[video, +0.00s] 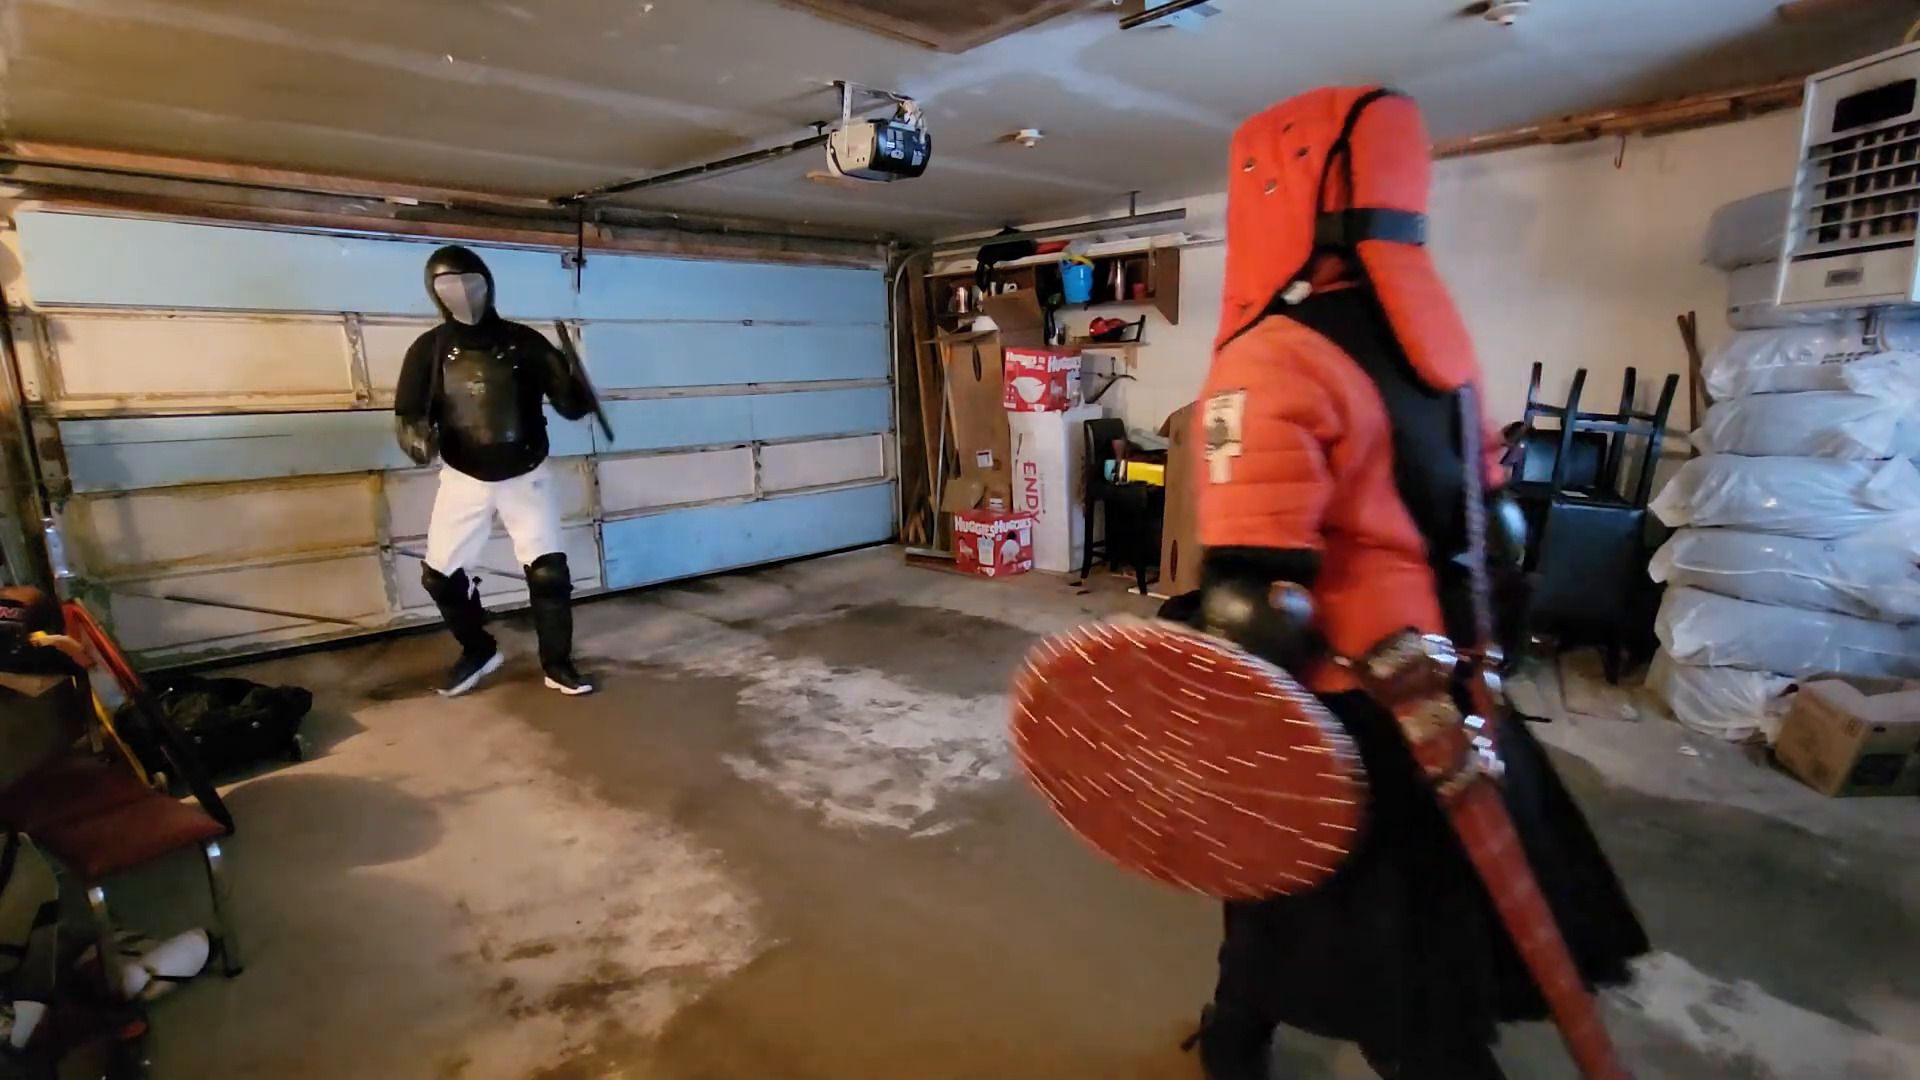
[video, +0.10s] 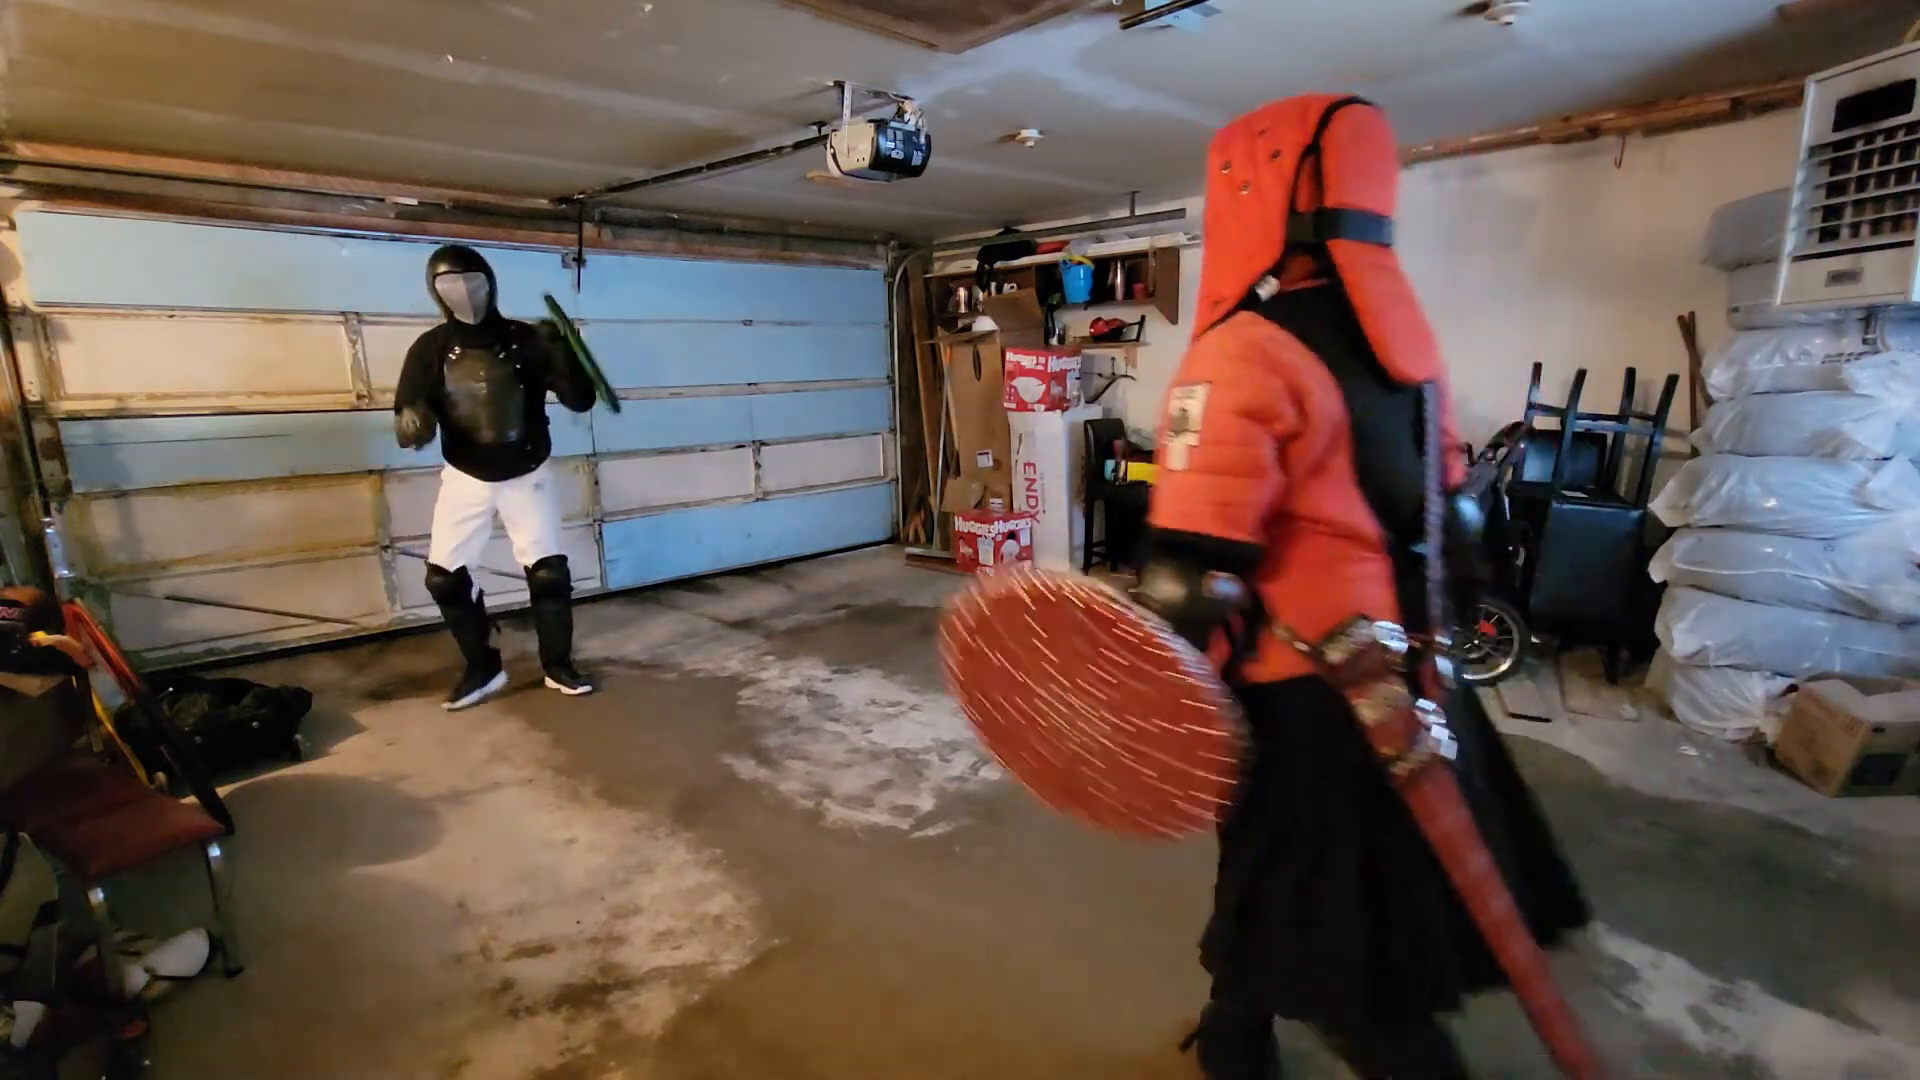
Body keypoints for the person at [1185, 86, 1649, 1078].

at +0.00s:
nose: (1402, 202)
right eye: (1389, 183)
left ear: (1280, 196)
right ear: (1390, 193)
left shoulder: (1270, 364)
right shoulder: (1433, 342)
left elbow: (1252, 611)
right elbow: (1496, 521)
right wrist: (1485, 661)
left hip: (1341, 724)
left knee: (1274, 909)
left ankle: (1234, 1040)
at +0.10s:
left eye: (1220, 198)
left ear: (1256, 202)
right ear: (1358, 199)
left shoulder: (1241, 358)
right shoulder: (1399, 340)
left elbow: (1189, 591)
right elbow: (1447, 501)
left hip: (1308, 706)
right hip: (1407, 684)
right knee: (1275, 886)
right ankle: (1233, 1033)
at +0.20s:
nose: (1193, 212)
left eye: (1206, 193)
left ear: (1232, 197)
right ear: (1347, 196)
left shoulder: (1218, 351)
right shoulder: (1386, 337)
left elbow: (1121, 556)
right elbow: (1412, 493)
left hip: (1264, 687)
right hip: (1387, 676)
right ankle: (1232, 1035)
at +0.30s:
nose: (1179, 212)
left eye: (1188, 192)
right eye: (1187, 192)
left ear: (1219, 197)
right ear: (1335, 194)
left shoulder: (1203, 334)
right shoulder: (1373, 334)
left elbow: (1091, 498)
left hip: (1243, 677)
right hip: (1363, 668)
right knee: (1308, 859)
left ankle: (1251, 1039)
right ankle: (1234, 1012)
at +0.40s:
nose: (1166, 206)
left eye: (1175, 187)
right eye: (1171, 186)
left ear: (1209, 190)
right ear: (1305, 187)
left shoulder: (1180, 328)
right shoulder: (1356, 328)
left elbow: (1040, 457)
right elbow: (1343, 461)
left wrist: (973, 467)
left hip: (1198, 656)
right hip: (1323, 653)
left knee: (1114, 845)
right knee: (1256, 862)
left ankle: (1136, 1034)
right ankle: (1236, 1043)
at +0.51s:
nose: (1140, 210)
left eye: (1151, 192)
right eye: (1145, 192)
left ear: (1181, 198)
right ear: (1273, 195)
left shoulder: (1146, 329)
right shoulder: (1332, 333)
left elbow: (1004, 423)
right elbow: (1325, 493)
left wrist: (949, 400)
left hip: (1164, 642)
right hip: (1288, 642)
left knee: (1070, 817)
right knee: (1242, 848)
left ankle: (1025, 1003)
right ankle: (1232, 1038)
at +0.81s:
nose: (1023, 245)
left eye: (1034, 230)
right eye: (1031, 228)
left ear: (1053, 238)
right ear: (1155, 240)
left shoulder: (1003, 353)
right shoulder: (1202, 366)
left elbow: (880, 415)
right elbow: (1228, 481)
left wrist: (834, 396)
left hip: (1040, 638)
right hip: (1159, 635)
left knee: (962, 784)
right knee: (1186, 835)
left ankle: (924, 941)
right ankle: (1215, 1033)